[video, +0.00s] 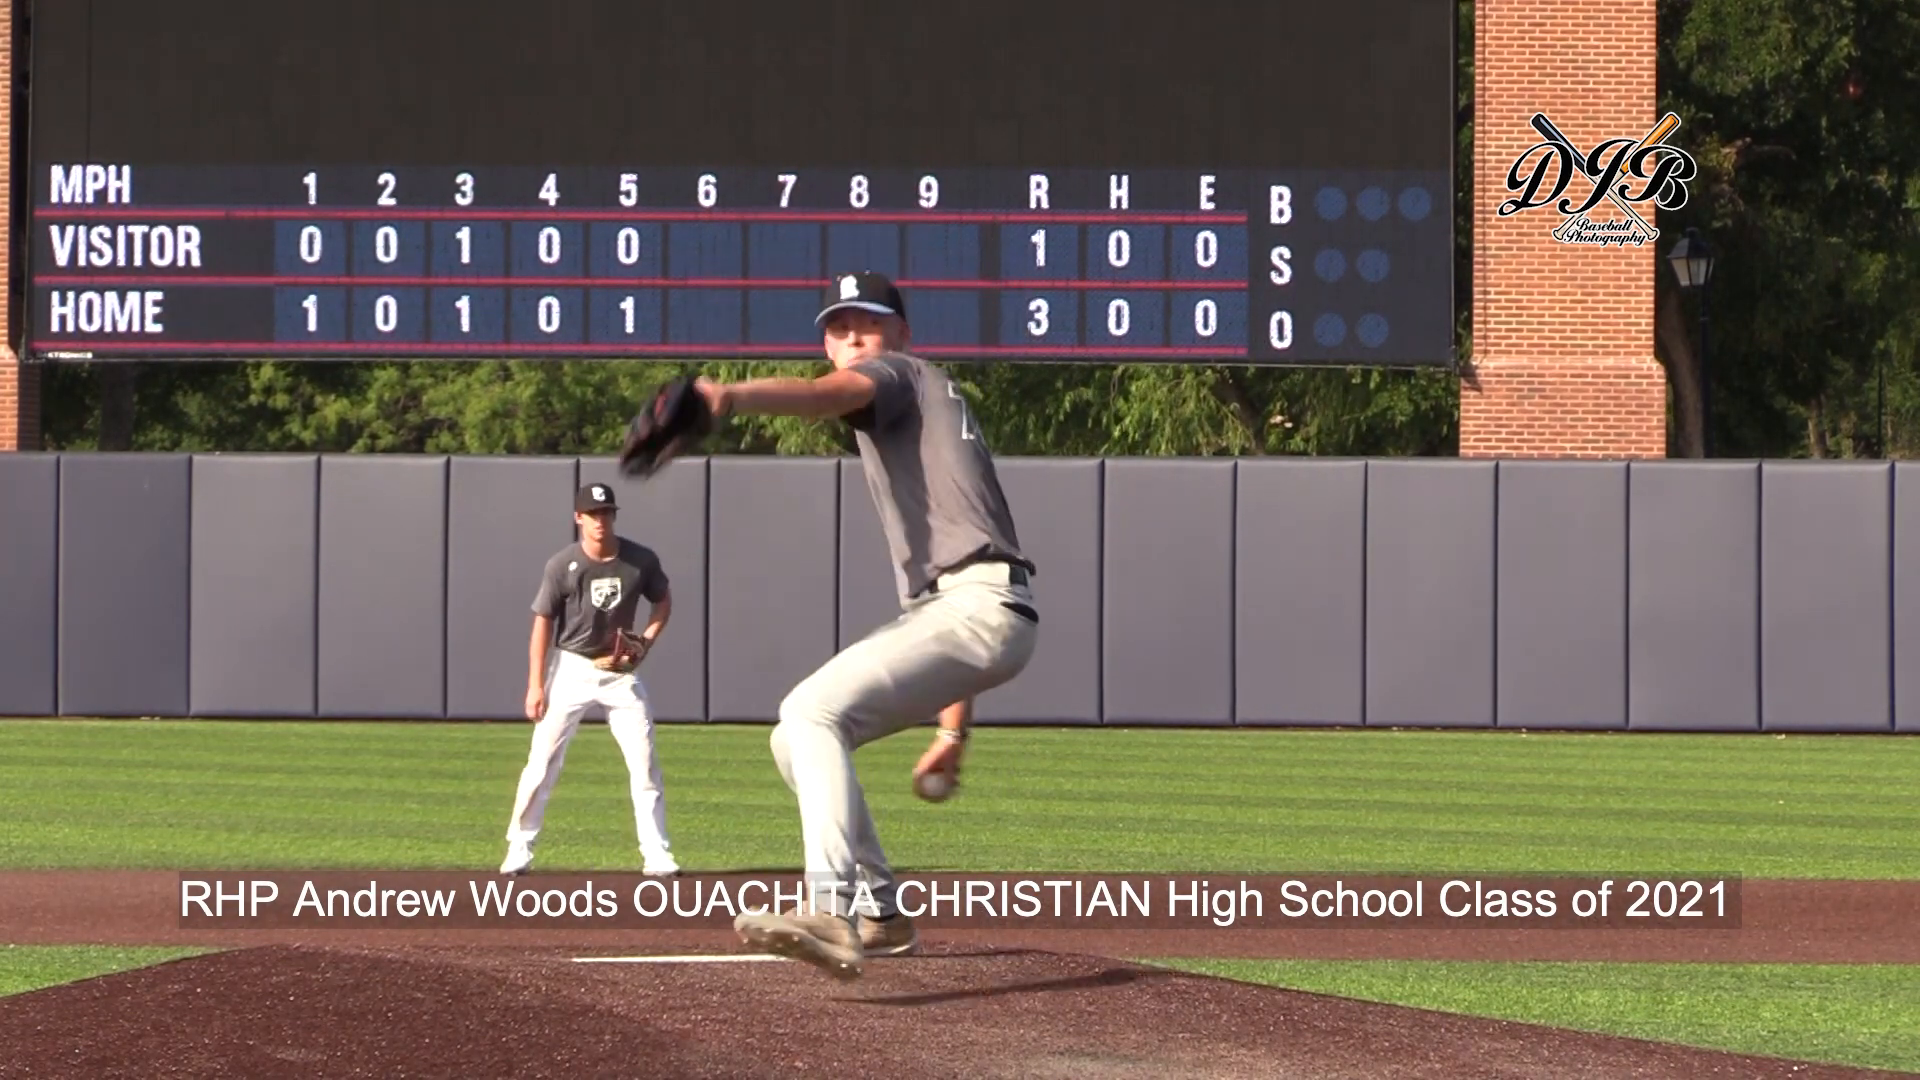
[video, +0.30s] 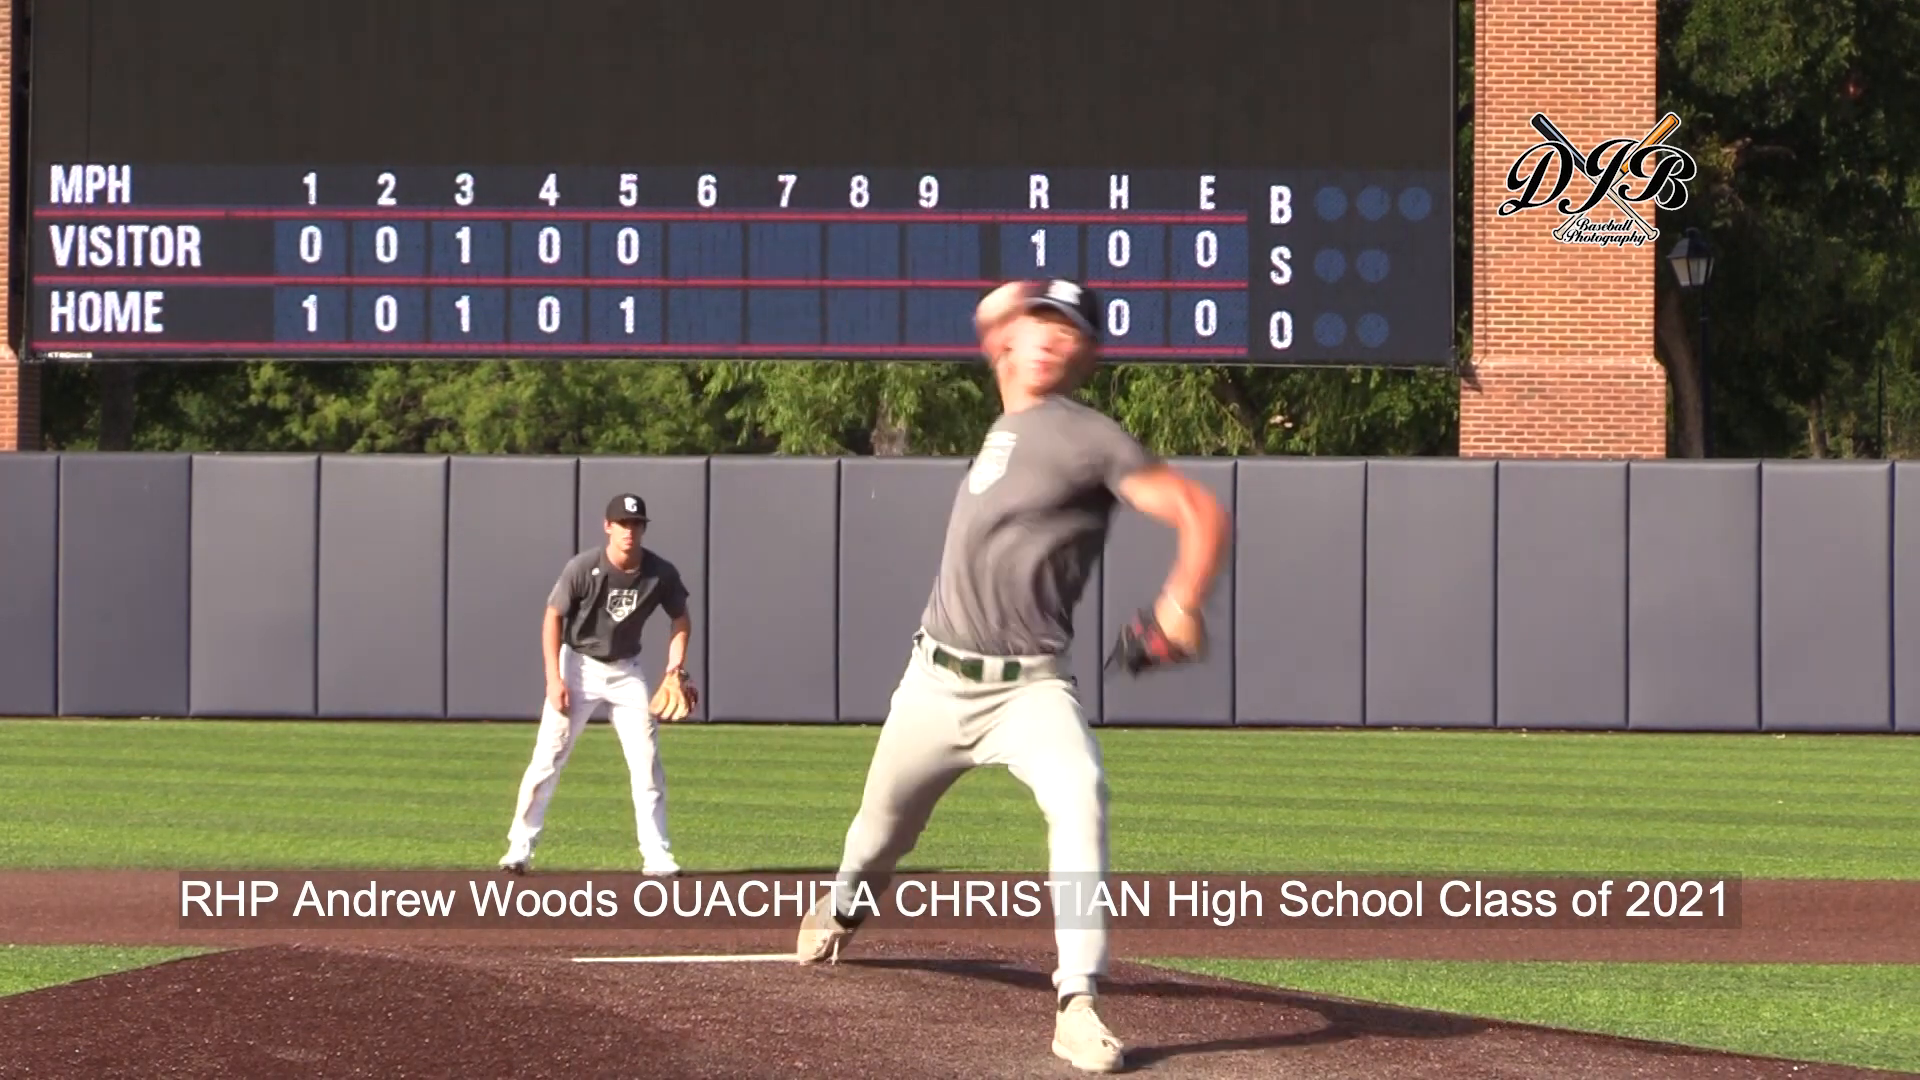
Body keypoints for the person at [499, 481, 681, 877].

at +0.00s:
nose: (600, 522)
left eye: (606, 514)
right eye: (592, 516)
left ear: (615, 517)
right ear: (578, 519)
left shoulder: (642, 561)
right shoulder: (561, 566)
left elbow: (663, 601)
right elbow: (542, 621)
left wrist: (645, 643)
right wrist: (536, 683)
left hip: (622, 675)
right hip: (571, 671)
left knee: (645, 764)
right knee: (541, 762)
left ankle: (657, 859)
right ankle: (519, 852)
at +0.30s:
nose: (630, 533)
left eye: (636, 526)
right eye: (622, 525)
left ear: (644, 529)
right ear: (607, 527)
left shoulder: (661, 574)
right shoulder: (582, 568)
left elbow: (680, 619)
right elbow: (552, 616)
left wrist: (674, 671)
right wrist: (553, 678)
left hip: (627, 672)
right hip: (578, 668)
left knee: (646, 763)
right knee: (547, 758)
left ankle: (657, 859)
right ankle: (519, 850)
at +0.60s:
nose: (612, 544)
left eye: (619, 537)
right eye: (605, 537)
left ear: (627, 541)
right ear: (590, 539)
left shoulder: (642, 581)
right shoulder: (568, 579)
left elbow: (650, 630)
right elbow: (537, 629)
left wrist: (638, 681)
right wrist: (549, 693)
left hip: (604, 676)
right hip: (555, 671)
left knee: (632, 757)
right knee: (528, 761)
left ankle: (654, 854)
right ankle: (512, 851)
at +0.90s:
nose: (608, 543)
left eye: (615, 536)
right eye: (601, 535)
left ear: (623, 539)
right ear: (585, 537)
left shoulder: (639, 579)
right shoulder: (562, 579)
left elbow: (647, 621)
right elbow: (532, 627)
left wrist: (626, 666)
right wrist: (529, 691)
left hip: (607, 671)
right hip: (556, 668)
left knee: (631, 761)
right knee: (532, 760)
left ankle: (654, 852)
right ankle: (512, 850)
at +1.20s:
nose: (605, 528)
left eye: (611, 521)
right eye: (598, 521)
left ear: (618, 525)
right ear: (581, 524)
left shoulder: (637, 568)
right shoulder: (559, 570)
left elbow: (652, 617)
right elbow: (537, 625)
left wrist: (649, 675)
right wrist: (541, 685)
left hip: (610, 671)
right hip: (561, 669)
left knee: (633, 761)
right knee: (535, 761)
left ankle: (654, 854)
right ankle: (513, 852)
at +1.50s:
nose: (567, 506)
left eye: (573, 498)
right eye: (559, 499)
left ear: (580, 502)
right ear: (544, 504)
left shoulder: (607, 551)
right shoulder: (527, 556)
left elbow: (629, 604)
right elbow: (519, 622)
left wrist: (651, 663)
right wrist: (537, 677)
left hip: (589, 665)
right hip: (540, 662)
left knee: (620, 757)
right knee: (524, 761)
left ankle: (651, 851)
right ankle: (514, 855)